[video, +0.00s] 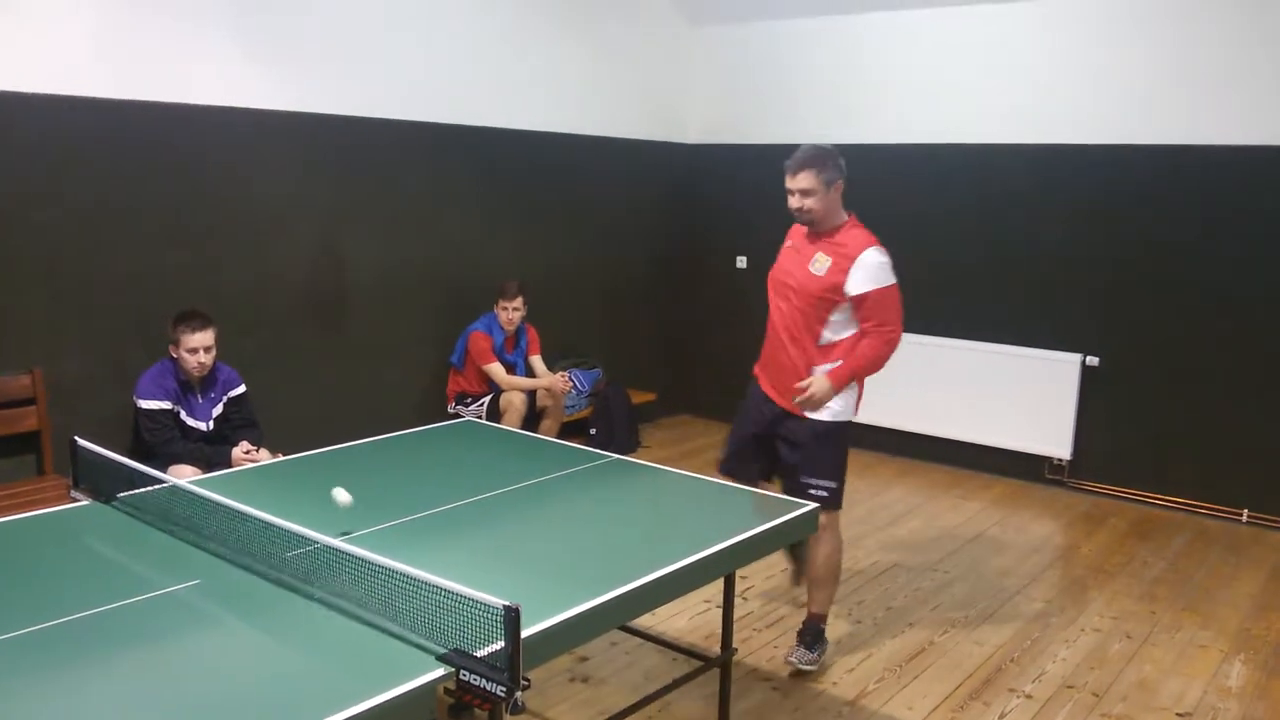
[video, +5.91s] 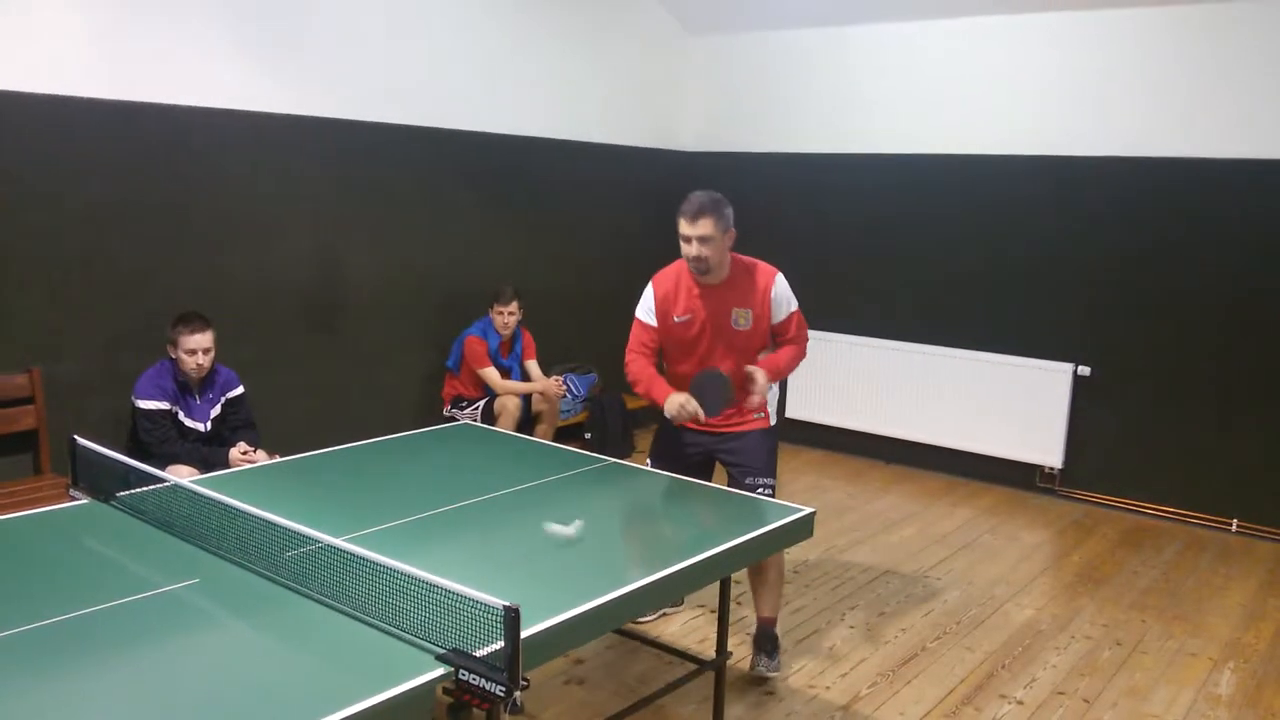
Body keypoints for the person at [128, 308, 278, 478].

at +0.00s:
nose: (202, 359)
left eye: (208, 350)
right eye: (192, 352)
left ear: (215, 348)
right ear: (174, 351)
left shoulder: (228, 378)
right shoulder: (152, 386)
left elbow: (245, 425)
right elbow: (165, 448)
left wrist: (245, 443)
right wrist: (227, 456)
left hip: (220, 453)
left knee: (264, 459)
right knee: (188, 475)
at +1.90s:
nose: (220, 347)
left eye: (224, 337)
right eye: (210, 340)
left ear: (229, 336)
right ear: (187, 342)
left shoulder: (238, 369)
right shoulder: (165, 378)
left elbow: (256, 417)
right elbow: (177, 438)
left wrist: (256, 434)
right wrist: (238, 447)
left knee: (274, 448)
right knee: (199, 465)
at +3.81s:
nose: (198, 351)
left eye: (206, 342)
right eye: (190, 343)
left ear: (222, 342)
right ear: (180, 342)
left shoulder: (235, 372)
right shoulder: (160, 379)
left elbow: (251, 420)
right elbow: (173, 441)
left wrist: (251, 440)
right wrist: (233, 449)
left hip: (226, 450)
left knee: (269, 450)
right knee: (195, 467)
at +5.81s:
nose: (192, 360)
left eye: (199, 351)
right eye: (182, 352)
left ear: (209, 350)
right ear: (166, 351)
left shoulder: (222, 380)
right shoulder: (144, 387)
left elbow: (238, 428)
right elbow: (157, 449)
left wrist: (237, 449)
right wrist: (219, 458)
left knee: (256, 461)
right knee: (181, 476)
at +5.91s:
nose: (200, 361)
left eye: (207, 352)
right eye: (191, 353)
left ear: (214, 349)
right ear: (172, 351)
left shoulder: (227, 380)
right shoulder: (151, 387)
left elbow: (242, 428)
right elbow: (163, 449)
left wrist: (243, 446)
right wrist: (224, 457)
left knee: (261, 459)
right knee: (186, 475)